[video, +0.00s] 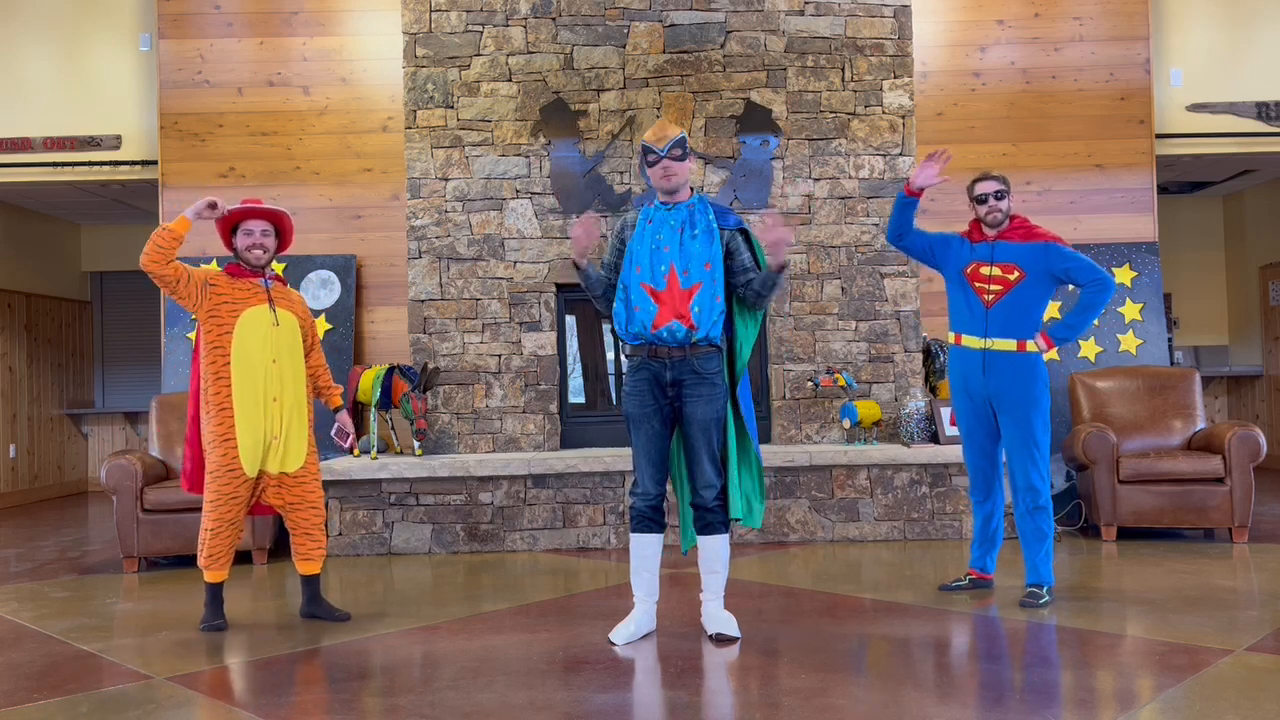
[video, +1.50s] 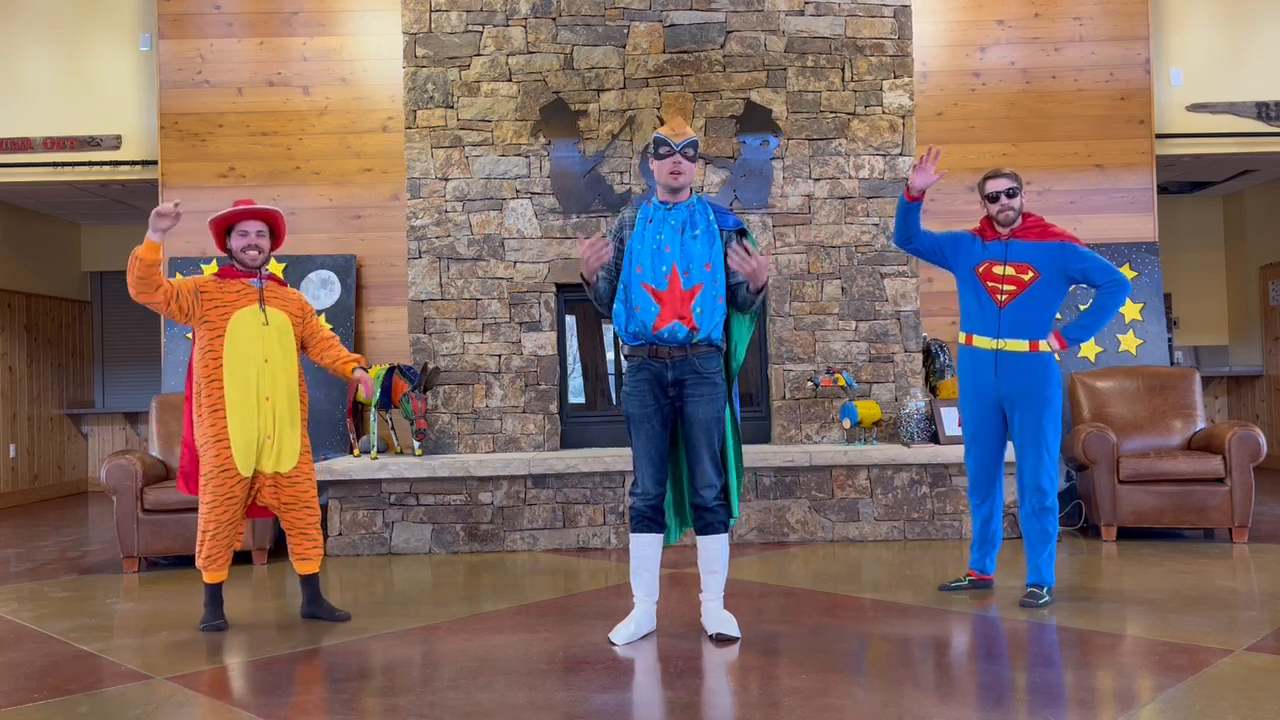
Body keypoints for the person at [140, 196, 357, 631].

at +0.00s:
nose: (257, 240)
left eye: (265, 235)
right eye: (248, 234)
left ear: (277, 244)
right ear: (233, 242)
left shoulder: (294, 300)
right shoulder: (209, 287)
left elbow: (314, 360)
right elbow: (154, 261)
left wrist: (339, 407)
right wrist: (188, 217)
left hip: (289, 422)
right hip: (231, 421)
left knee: (308, 502)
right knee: (223, 507)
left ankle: (313, 598)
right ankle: (213, 605)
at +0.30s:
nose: (261, 243)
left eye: (269, 237)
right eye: (252, 236)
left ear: (277, 246)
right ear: (234, 243)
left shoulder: (292, 302)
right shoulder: (212, 290)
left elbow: (314, 361)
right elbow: (168, 268)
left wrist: (345, 402)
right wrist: (203, 223)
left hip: (291, 424)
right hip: (235, 423)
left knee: (310, 502)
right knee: (227, 508)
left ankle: (313, 599)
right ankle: (215, 606)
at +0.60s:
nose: (273, 257)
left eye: (275, 250)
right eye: (266, 249)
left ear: (273, 253)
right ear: (243, 249)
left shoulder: (271, 298)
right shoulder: (219, 289)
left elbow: (287, 364)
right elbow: (217, 274)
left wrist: (310, 406)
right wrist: (258, 243)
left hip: (287, 415)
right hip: (240, 418)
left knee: (310, 496)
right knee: (234, 502)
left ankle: (313, 598)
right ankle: (214, 605)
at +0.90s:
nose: (273, 252)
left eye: (277, 244)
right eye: (264, 244)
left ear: (280, 247)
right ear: (240, 246)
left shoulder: (275, 297)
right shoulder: (221, 289)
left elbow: (286, 366)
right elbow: (196, 271)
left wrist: (297, 422)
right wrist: (242, 236)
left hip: (287, 416)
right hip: (239, 418)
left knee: (309, 495)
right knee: (230, 503)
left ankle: (312, 598)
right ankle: (214, 605)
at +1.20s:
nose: (263, 243)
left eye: (270, 236)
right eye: (253, 236)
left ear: (279, 244)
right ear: (236, 243)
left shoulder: (298, 300)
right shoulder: (209, 289)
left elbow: (325, 358)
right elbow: (151, 268)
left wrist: (349, 406)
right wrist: (187, 222)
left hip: (292, 424)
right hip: (233, 424)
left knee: (310, 504)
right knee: (224, 509)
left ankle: (313, 598)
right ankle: (214, 605)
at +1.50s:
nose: (252, 242)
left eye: (261, 235)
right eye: (243, 235)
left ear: (271, 244)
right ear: (228, 244)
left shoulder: (291, 299)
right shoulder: (203, 291)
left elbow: (322, 342)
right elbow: (147, 290)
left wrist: (354, 369)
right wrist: (154, 238)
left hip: (284, 421)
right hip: (224, 423)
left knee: (303, 502)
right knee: (220, 508)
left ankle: (312, 598)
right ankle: (214, 606)